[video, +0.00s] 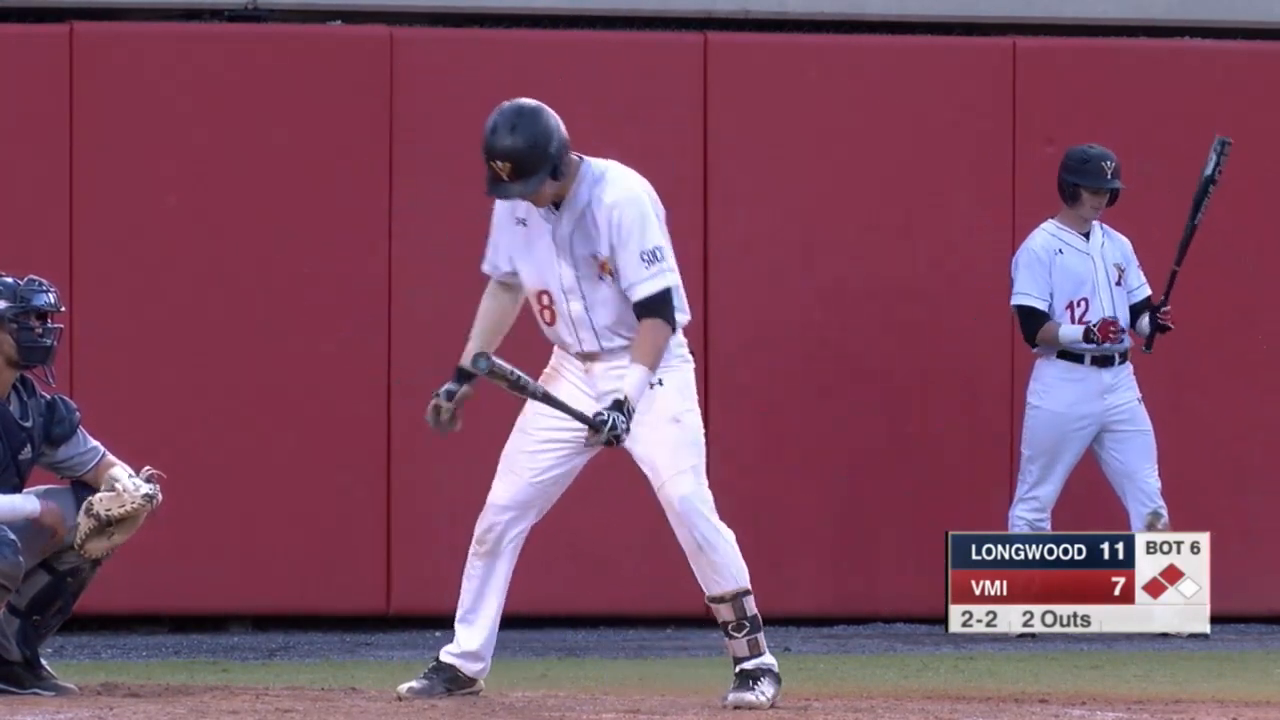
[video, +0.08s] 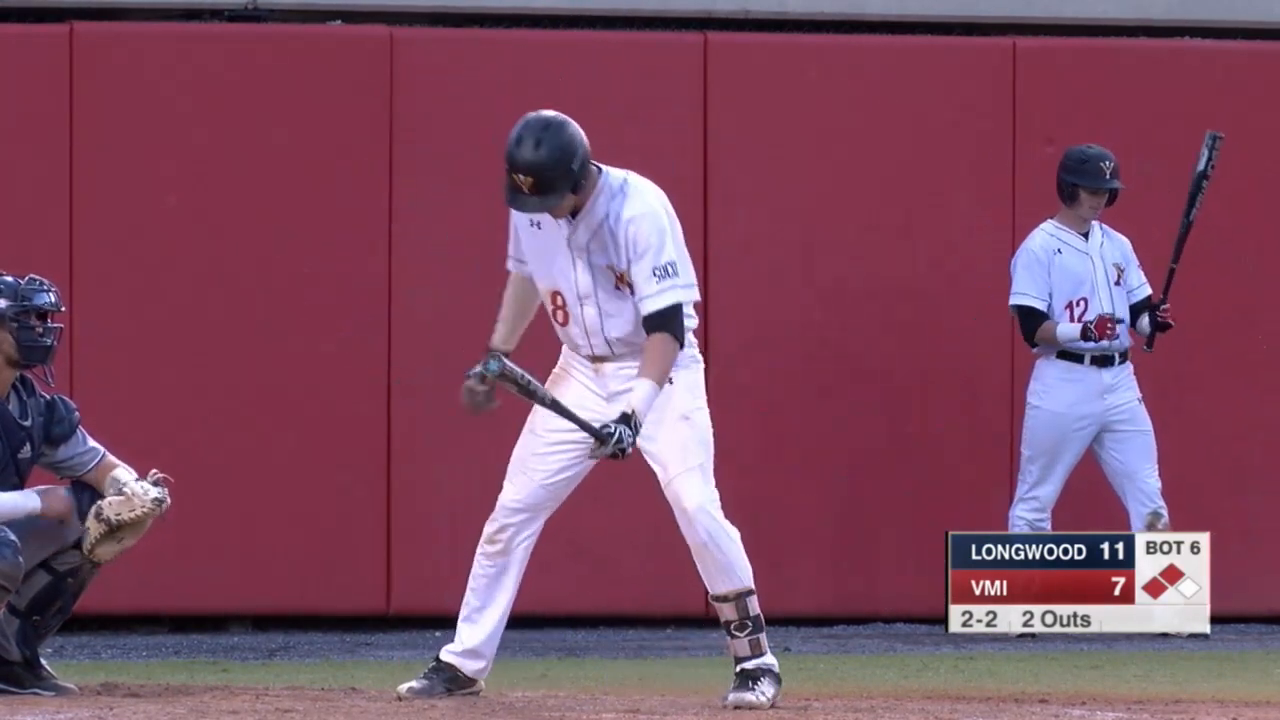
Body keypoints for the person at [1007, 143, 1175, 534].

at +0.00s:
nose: (1102, 199)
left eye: (1108, 191)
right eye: (1094, 190)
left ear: (1113, 193)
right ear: (1069, 188)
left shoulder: (1118, 245)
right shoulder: (1038, 248)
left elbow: (1140, 314)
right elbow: (1035, 330)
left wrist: (1152, 322)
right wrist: (1086, 334)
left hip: (1119, 385)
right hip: (1061, 386)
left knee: (1150, 505)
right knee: (1034, 505)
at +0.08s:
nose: (1101, 199)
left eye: (1107, 191)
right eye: (1093, 190)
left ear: (1112, 192)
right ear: (1069, 189)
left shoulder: (1118, 245)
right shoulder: (1037, 248)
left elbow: (1140, 314)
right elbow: (1034, 329)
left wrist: (1152, 322)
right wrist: (1083, 331)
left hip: (1119, 385)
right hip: (1062, 385)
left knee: (1150, 505)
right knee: (1034, 505)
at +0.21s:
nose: (1098, 197)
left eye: (1105, 189)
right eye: (1090, 188)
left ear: (1110, 192)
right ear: (1066, 187)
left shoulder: (1118, 245)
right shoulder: (1038, 247)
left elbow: (1140, 321)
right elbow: (1034, 328)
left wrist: (1151, 319)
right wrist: (1089, 328)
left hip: (1120, 384)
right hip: (1062, 383)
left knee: (1150, 505)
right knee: (1034, 505)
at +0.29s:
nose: (1098, 194)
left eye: (1104, 186)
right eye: (1090, 186)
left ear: (1109, 189)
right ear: (1066, 186)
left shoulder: (1118, 245)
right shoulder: (1037, 247)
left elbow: (1141, 316)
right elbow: (1036, 328)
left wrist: (1148, 318)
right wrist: (1094, 327)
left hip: (1120, 384)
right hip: (1062, 383)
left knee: (1150, 505)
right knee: (1034, 505)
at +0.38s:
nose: (1098, 193)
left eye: (1104, 185)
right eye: (1089, 184)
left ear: (1109, 188)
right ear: (1065, 185)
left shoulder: (1118, 244)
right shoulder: (1037, 248)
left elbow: (1140, 312)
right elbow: (1039, 330)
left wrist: (1145, 317)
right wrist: (1099, 328)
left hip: (1120, 384)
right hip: (1062, 383)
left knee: (1150, 506)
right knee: (1034, 505)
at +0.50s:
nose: (1097, 191)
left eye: (1103, 183)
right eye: (1088, 182)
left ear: (1108, 188)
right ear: (1064, 185)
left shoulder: (1119, 244)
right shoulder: (1037, 248)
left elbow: (1138, 308)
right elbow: (1045, 328)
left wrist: (1143, 316)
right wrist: (1110, 330)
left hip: (1120, 384)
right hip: (1062, 384)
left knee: (1150, 505)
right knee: (1034, 505)